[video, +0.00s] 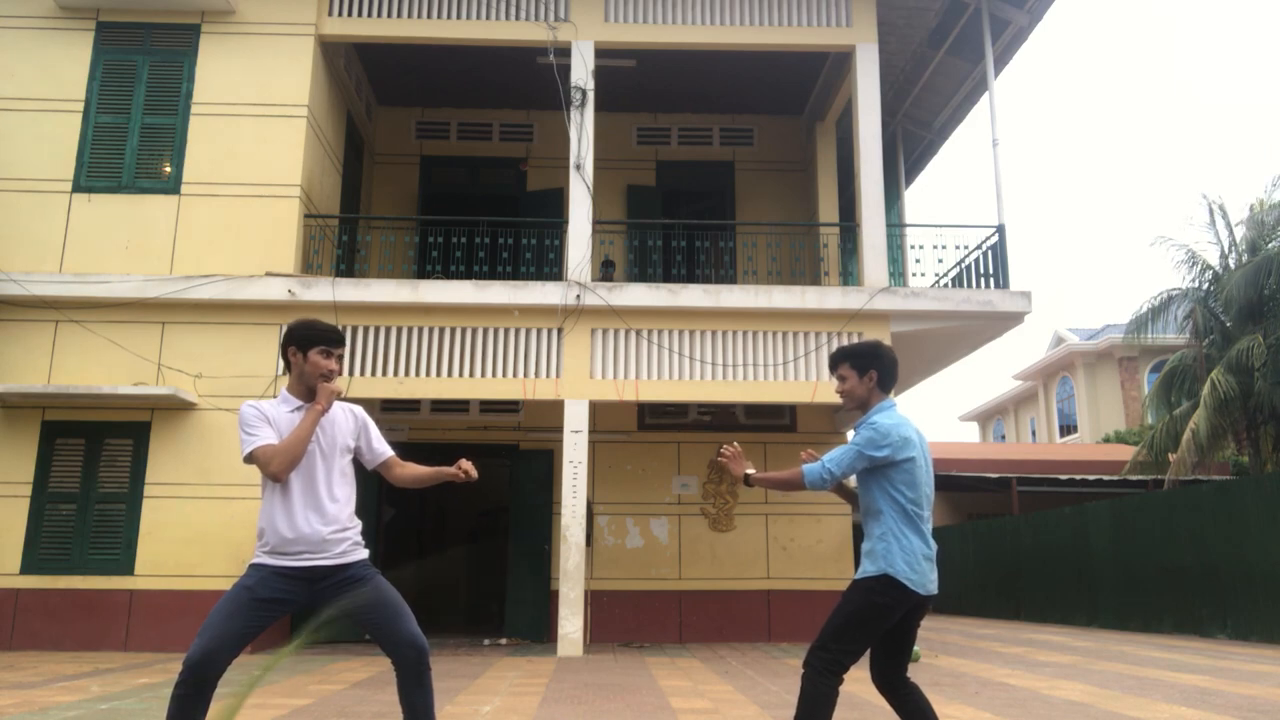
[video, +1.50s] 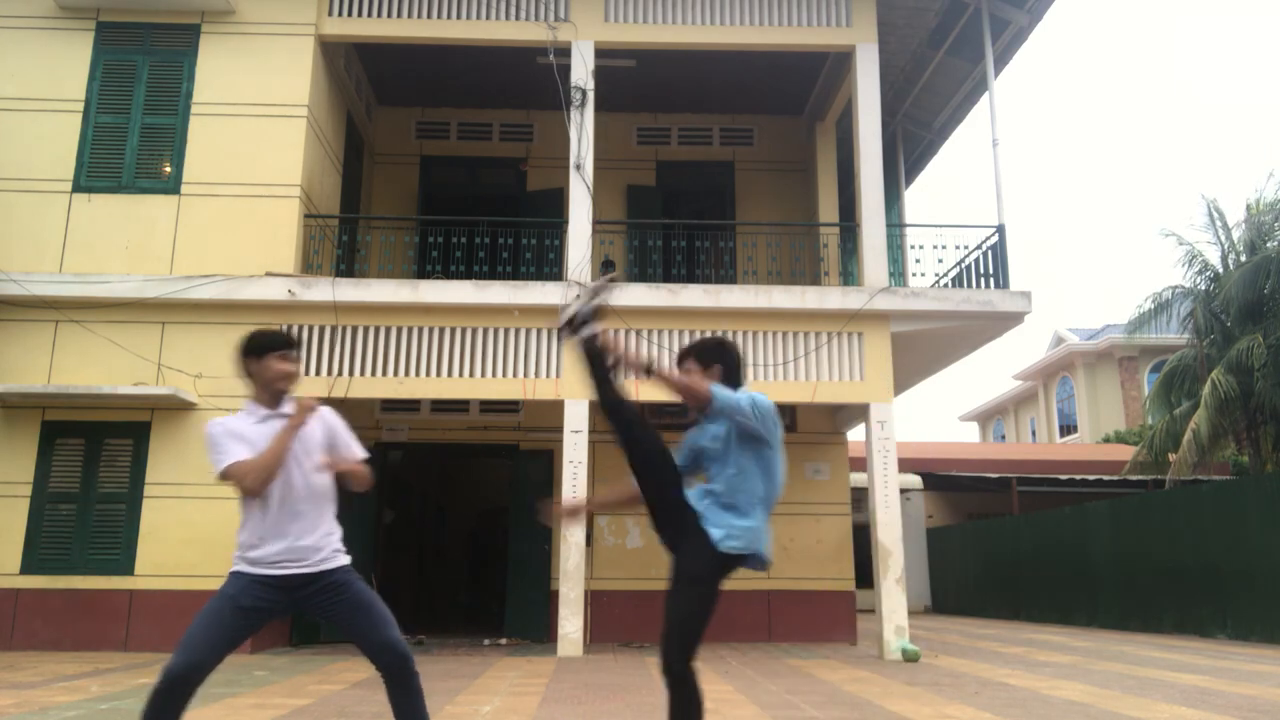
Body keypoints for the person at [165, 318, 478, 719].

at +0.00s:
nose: (334, 367)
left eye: (338, 358)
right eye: (324, 356)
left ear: (342, 362)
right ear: (293, 357)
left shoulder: (351, 416)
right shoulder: (257, 412)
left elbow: (396, 470)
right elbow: (276, 467)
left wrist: (448, 473)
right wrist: (319, 408)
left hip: (348, 570)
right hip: (274, 571)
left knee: (413, 649)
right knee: (199, 663)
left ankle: (422, 719)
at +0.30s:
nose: (336, 366)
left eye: (340, 357)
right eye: (326, 355)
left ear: (343, 362)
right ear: (294, 357)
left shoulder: (352, 416)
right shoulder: (257, 412)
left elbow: (396, 471)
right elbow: (277, 466)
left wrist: (447, 474)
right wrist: (321, 409)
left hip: (348, 569)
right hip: (276, 569)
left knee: (414, 650)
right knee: (200, 663)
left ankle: (423, 719)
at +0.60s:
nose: (338, 364)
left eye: (341, 355)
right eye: (328, 354)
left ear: (344, 361)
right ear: (296, 356)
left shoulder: (353, 416)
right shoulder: (259, 412)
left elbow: (396, 471)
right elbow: (278, 467)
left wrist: (448, 475)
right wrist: (323, 410)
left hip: (348, 568)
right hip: (276, 568)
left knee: (414, 649)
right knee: (206, 659)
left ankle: (422, 718)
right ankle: (175, 718)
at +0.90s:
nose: (338, 366)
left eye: (341, 357)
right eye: (328, 355)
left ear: (345, 362)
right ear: (296, 357)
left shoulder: (353, 416)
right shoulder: (259, 412)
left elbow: (397, 471)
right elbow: (279, 467)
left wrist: (449, 475)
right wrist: (324, 409)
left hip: (349, 569)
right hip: (277, 570)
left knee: (415, 649)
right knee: (201, 663)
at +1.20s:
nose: (338, 368)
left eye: (342, 359)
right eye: (329, 357)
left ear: (345, 363)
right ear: (296, 357)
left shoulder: (353, 417)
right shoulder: (259, 412)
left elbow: (396, 471)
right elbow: (279, 468)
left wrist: (450, 475)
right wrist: (324, 411)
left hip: (349, 569)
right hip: (278, 570)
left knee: (415, 650)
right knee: (201, 663)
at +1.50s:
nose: (290, 366)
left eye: (294, 358)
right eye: (279, 358)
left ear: (299, 366)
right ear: (251, 366)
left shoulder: (322, 418)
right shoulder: (225, 429)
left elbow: (365, 481)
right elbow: (251, 482)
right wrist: (295, 423)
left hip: (328, 573)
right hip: (256, 577)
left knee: (397, 656)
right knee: (182, 671)